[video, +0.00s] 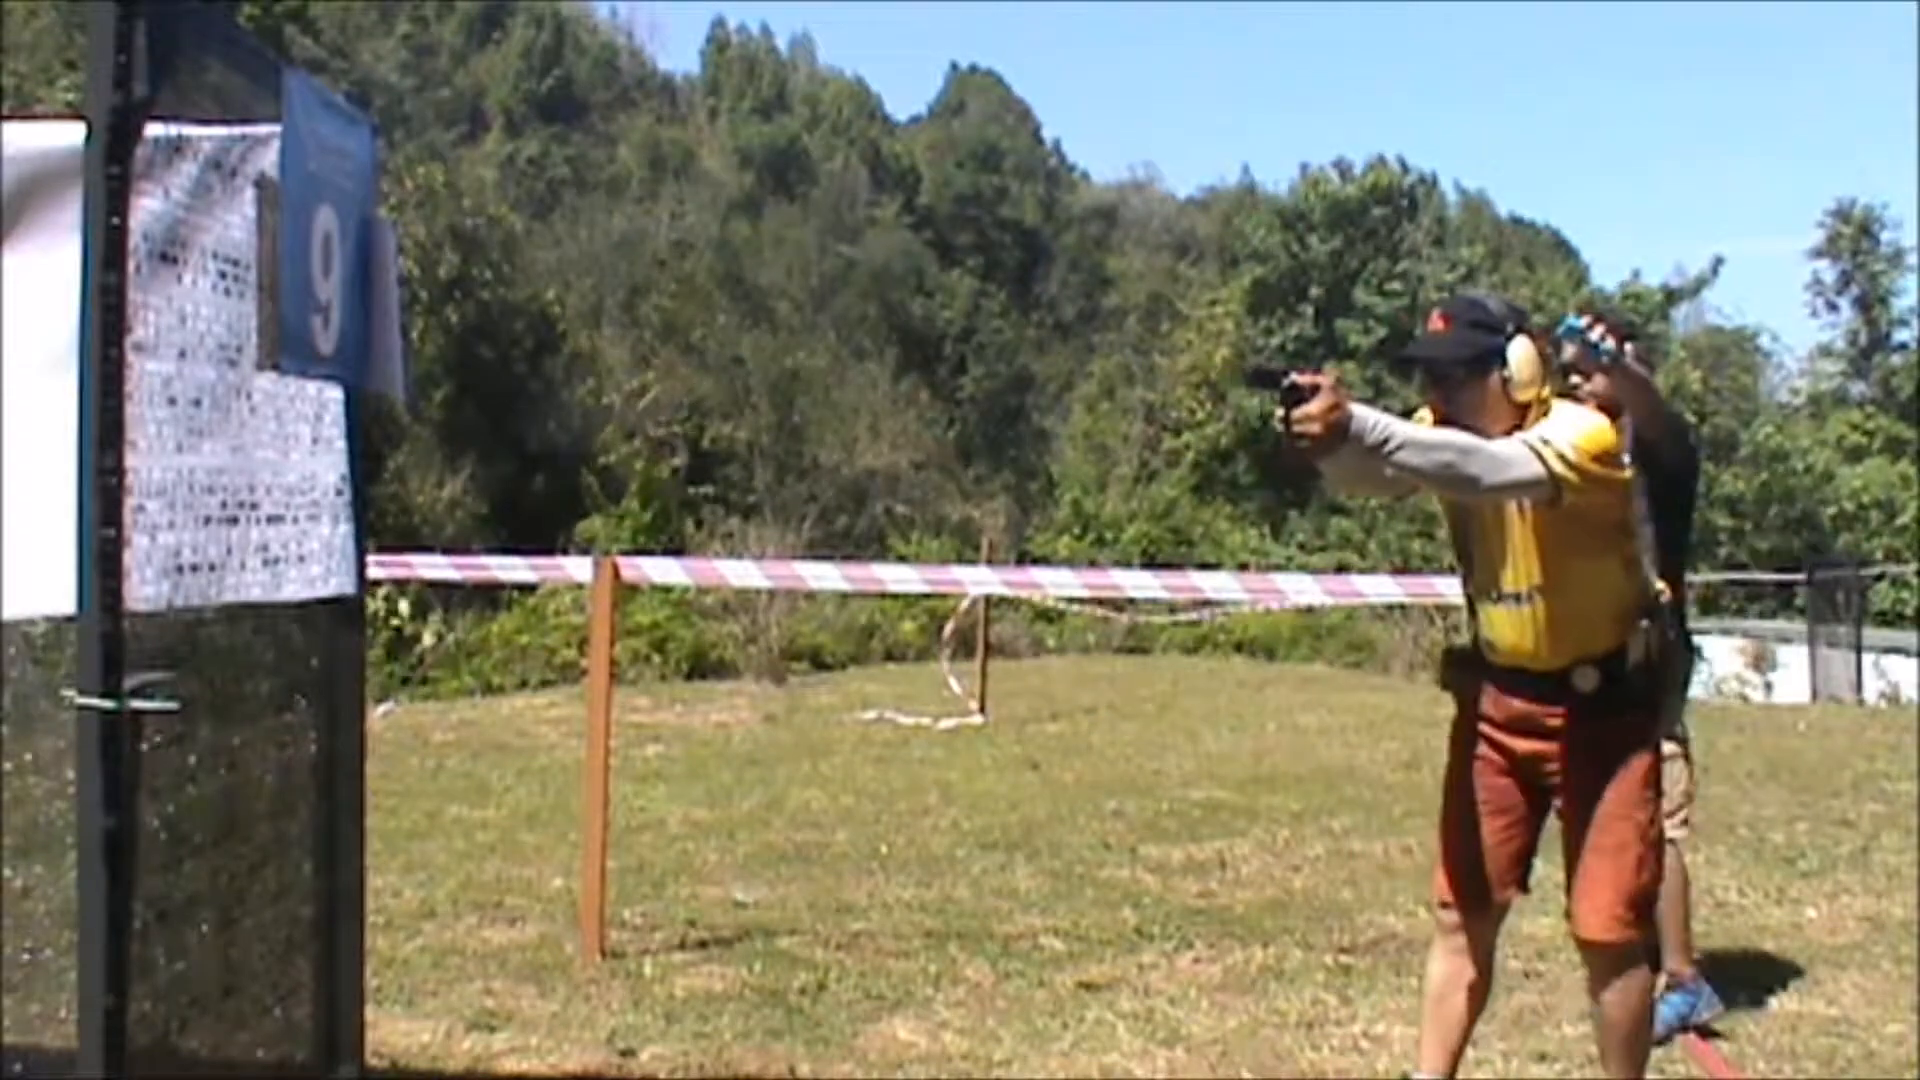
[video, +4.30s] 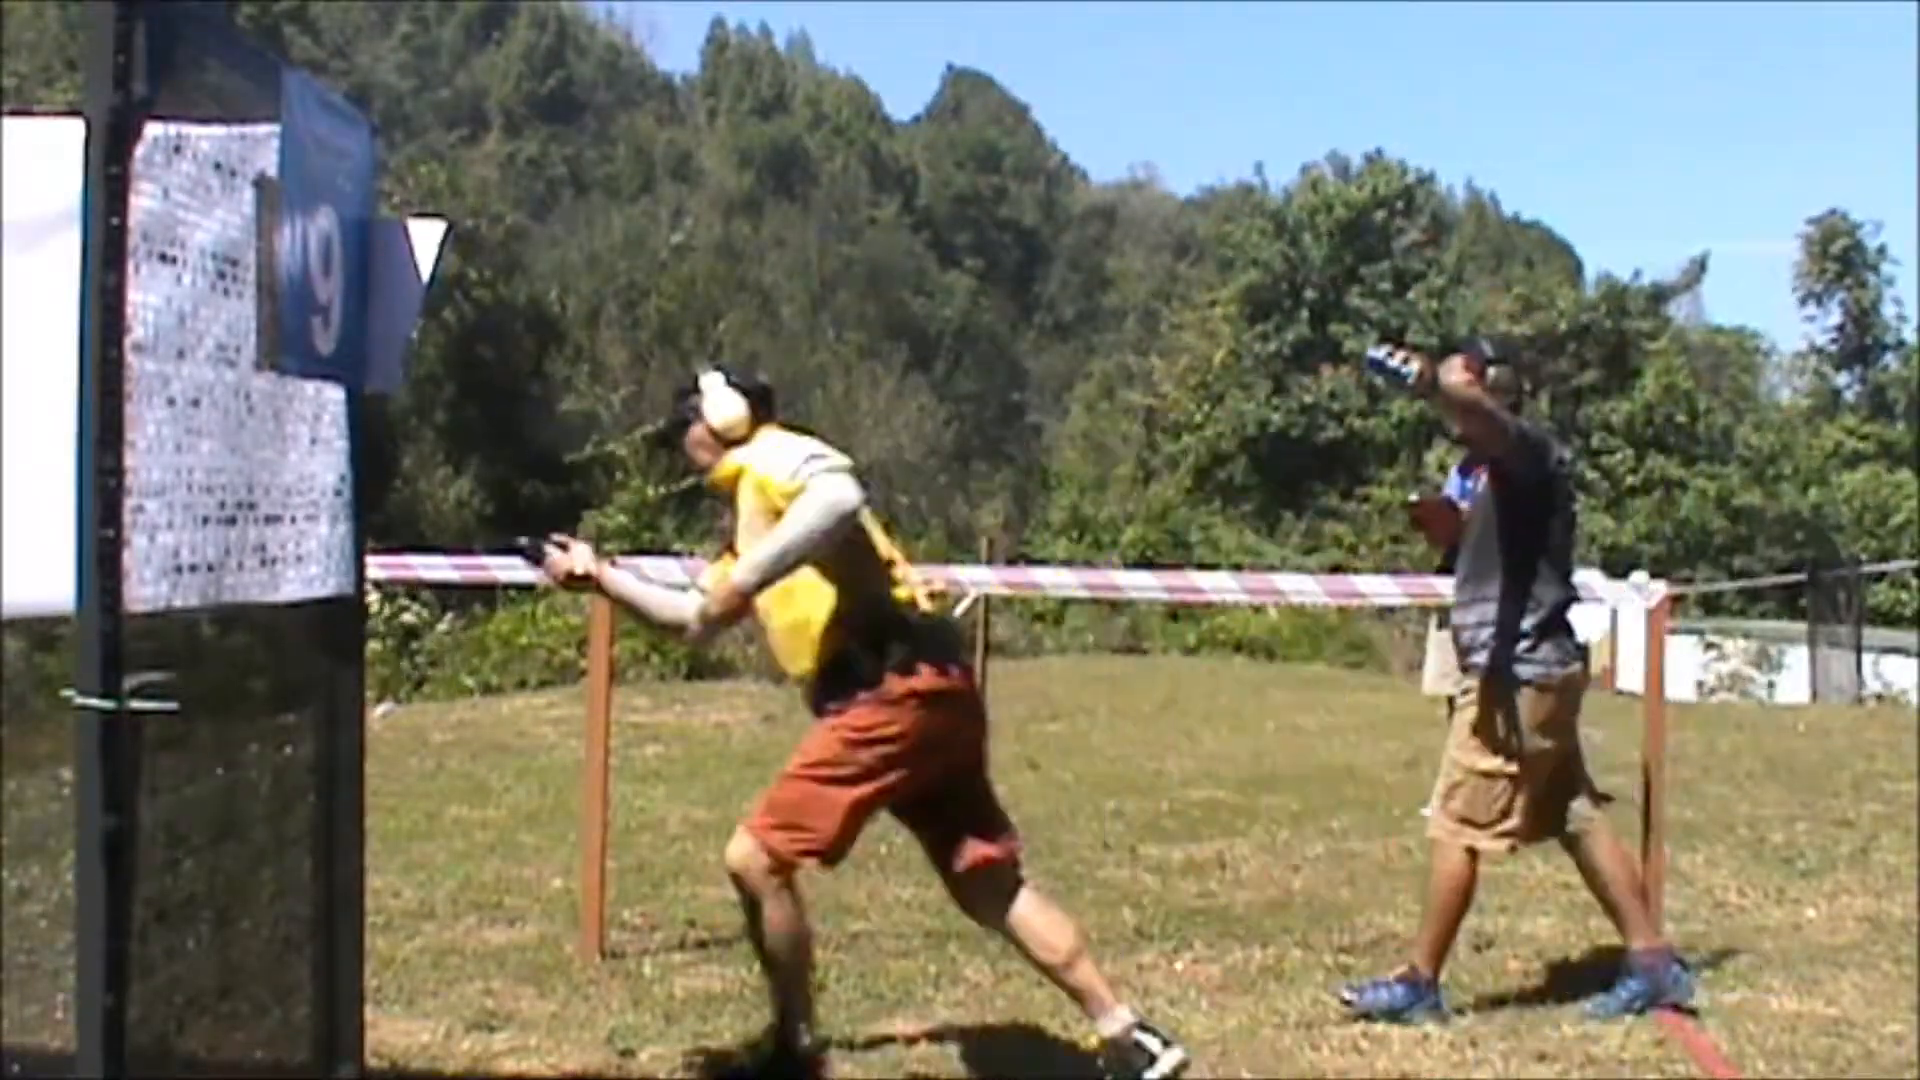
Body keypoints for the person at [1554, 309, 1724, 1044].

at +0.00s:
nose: (1586, 387)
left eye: (1599, 374)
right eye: (1579, 373)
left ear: (1634, 376)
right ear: (1569, 378)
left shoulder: (1668, 451)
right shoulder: (1567, 442)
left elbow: (1658, 423)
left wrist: (1626, 372)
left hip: (1648, 640)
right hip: (1579, 639)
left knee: (1660, 804)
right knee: (1604, 808)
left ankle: (1679, 973)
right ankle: (1631, 974)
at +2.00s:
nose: (1601, 374)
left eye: (1616, 360)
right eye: (1596, 361)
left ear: (1639, 365)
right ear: (1586, 371)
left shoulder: (1671, 438)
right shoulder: (1578, 434)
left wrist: (1586, 356)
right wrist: (1556, 362)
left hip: (1661, 621)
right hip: (1599, 628)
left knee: (1658, 806)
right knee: (1615, 803)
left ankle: (1678, 971)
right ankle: (1642, 966)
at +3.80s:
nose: (1570, 393)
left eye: (1580, 377)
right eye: (1566, 381)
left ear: (1614, 371)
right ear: (1587, 378)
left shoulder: (1651, 438)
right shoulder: (1613, 450)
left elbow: (1614, 395)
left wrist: (1559, 351)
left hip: (1635, 658)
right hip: (1606, 655)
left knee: (1619, 819)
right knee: (1620, 819)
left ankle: (1674, 972)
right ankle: (1653, 964)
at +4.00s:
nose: (1538, 397)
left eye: (1549, 383)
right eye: (1536, 384)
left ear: (1582, 379)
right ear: (1554, 386)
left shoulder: (1618, 442)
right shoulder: (1603, 452)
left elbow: (1590, 402)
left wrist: (1532, 358)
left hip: (1605, 656)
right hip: (1624, 656)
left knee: (1550, 810)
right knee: (1628, 816)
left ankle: (1596, 969)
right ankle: (1658, 965)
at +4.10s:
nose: (1521, 404)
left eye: (1531, 389)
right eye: (1519, 392)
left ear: (1558, 384)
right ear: (1528, 396)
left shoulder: (1597, 447)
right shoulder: (1578, 459)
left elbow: (1565, 404)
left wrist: (1514, 364)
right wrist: (1495, 529)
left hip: (1585, 655)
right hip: (1608, 655)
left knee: (1530, 810)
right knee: (1617, 810)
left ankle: (1527, 975)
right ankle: (1657, 965)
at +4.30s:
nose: (1456, 385)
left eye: (1467, 376)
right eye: (1455, 376)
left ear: (1500, 386)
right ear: (1471, 393)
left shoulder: (1530, 452)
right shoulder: (1485, 465)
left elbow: (1475, 411)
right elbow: (1474, 556)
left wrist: (1437, 379)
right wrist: (1443, 529)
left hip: (1515, 672)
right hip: (1533, 669)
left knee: (1456, 826)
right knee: (1576, 815)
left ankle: (1420, 979)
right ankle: (1654, 963)